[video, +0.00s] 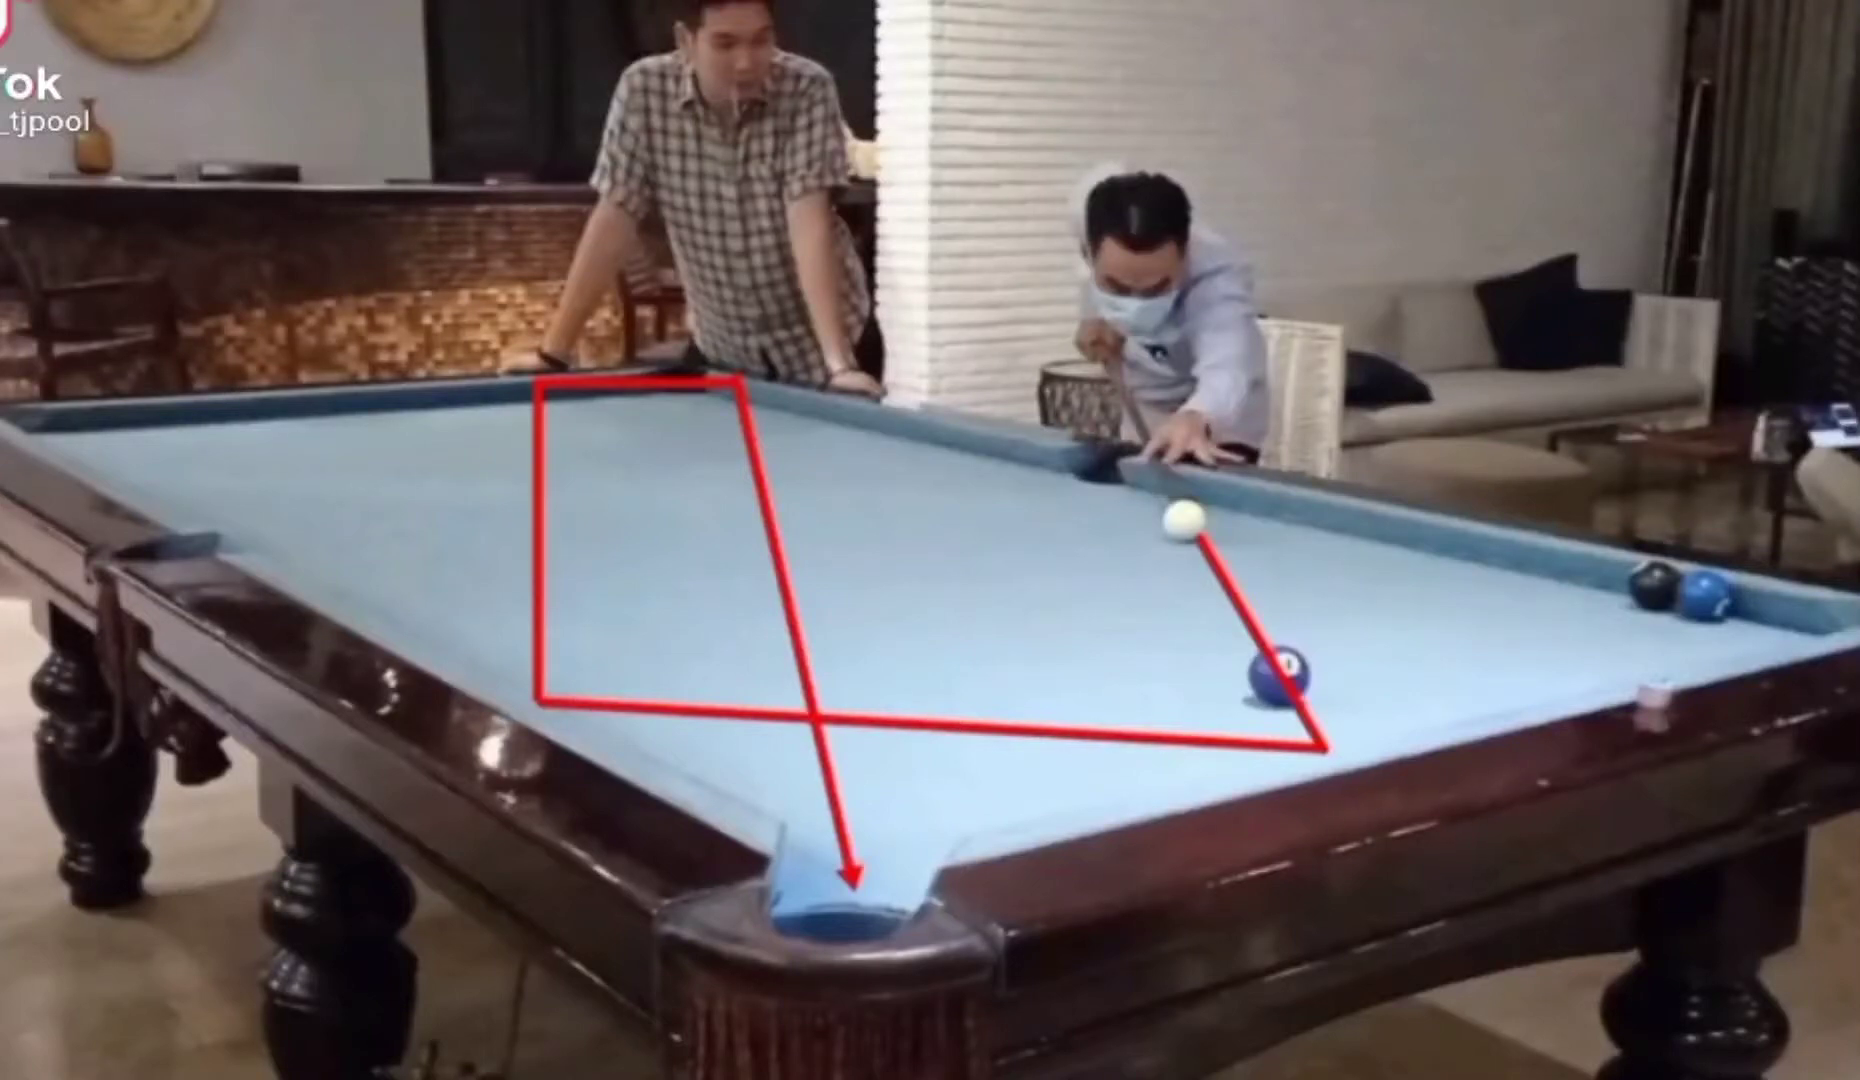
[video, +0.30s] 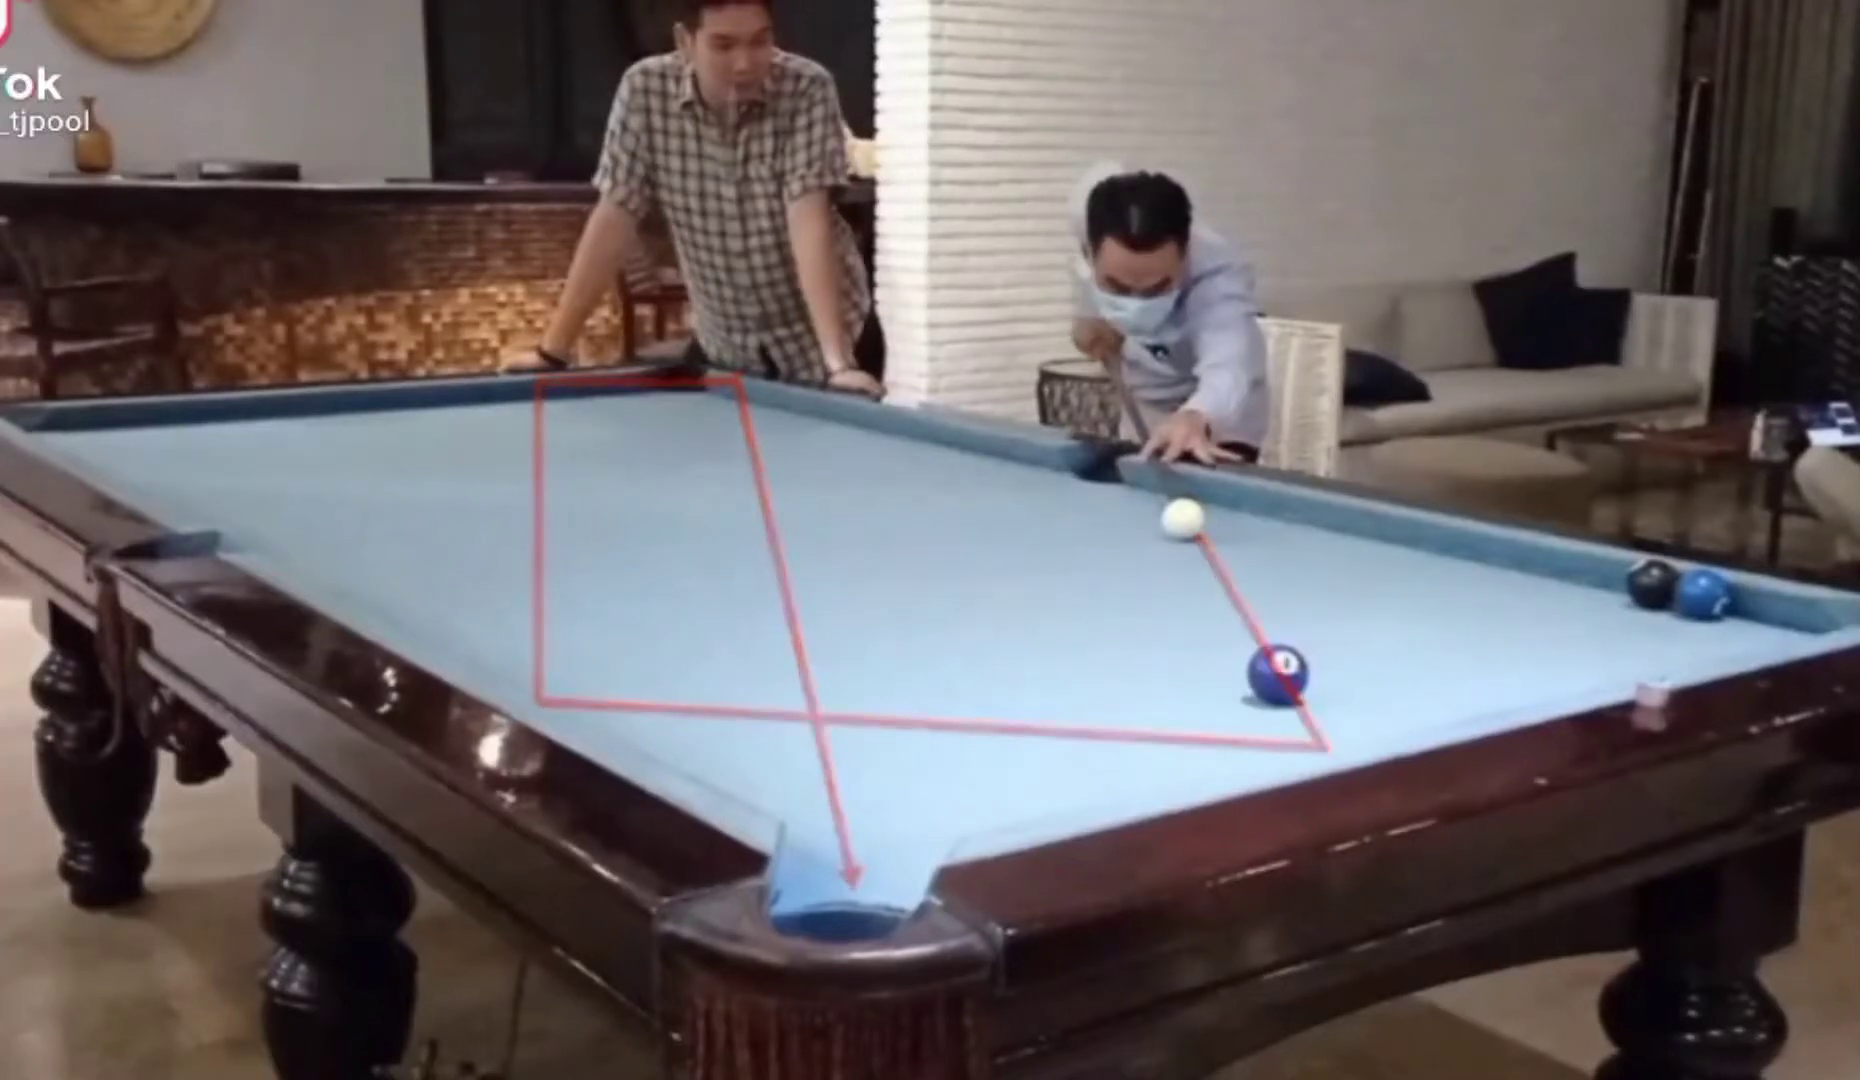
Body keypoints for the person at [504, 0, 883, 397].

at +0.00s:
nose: (746, 63)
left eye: (758, 41)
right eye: (725, 45)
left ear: (773, 36)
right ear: (686, 43)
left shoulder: (806, 88)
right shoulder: (644, 90)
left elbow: (810, 220)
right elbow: (614, 215)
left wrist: (839, 365)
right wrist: (553, 353)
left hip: (826, 351)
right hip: (723, 351)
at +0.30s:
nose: (745, 64)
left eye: (757, 42)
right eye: (724, 45)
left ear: (773, 37)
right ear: (686, 44)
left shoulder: (806, 88)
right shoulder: (645, 91)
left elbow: (809, 217)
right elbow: (615, 214)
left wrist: (838, 363)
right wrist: (553, 351)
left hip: (824, 345)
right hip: (724, 345)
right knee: (735, 493)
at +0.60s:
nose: (740, 62)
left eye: (755, 41)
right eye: (720, 44)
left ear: (771, 36)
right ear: (683, 43)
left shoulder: (807, 90)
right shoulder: (647, 90)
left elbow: (809, 214)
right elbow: (618, 213)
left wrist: (838, 363)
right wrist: (552, 350)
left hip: (828, 343)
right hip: (726, 346)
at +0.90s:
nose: (742, 64)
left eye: (756, 41)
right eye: (721, 45)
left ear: (772, 35)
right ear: (685, 45)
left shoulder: (809, 90)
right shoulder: (648, 93)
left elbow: (812, 215)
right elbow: (617, 215)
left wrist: (837, 362)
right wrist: (552, 351)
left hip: (833, 342)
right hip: (730, 346)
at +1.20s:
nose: (752, 64)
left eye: (765, 41)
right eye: (730, 45)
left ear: (780, 35)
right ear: (693, 45)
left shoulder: (813, 89)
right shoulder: (651, 92)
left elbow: (814, 213)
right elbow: (619, 214)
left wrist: (838, 363)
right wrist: (553, 351)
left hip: (830, 343)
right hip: (728, 344)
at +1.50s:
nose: (750, 55)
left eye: (764, 34)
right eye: (728, 37)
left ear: (780, 32)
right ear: (692, 40)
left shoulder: (814, 89)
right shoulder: (650, 91)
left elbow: (814, 214)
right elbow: (618, 215)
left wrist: (838, 362)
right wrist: (552, 353)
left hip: (830, 346)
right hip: (726, 349)